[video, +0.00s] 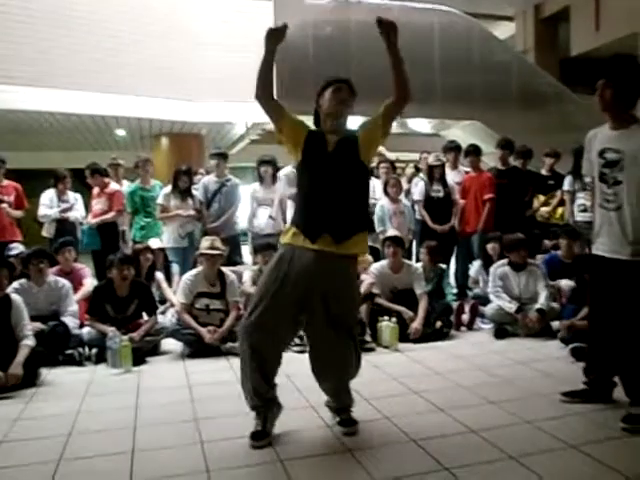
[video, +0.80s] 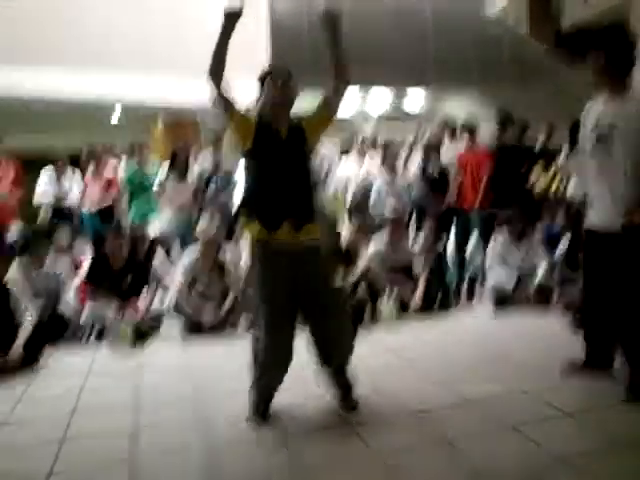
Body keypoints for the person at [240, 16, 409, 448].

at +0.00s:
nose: (341, 99)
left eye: (346, 96)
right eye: (334, 94)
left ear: (352, 108)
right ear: (318, 104)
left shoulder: (363, 142)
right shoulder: (301, 137)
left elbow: (401, 98)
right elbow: (265, 97)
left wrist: (392, 44)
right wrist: (270, 50)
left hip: (341, 260)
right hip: (295, 253)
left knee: (338, 343)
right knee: (256, 333)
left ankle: (341, 404)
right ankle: (264, 410)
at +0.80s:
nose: (281, 91)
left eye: (287, 85)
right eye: (274, 85)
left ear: (295, 94)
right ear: (261, 92)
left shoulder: (305, 132)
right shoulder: (248, 133)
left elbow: (339, 86)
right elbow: (216, 81)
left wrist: (333, 34)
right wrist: (227, 28)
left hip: (311, 246)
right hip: (269, 247)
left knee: (330, 321)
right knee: (274, 332)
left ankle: (342, 381)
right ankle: (260, 401)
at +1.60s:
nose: (264, 136)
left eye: (270, 132)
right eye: (257, 130)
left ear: (275, 140)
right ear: (240, 135)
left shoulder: (281, 179)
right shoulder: (220, 170)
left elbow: (324, 188)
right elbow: (187, 125)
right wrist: (213, 84)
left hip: (277, 288)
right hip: (234, 290)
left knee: (301, 363)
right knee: (244, 373)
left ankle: (299, 451)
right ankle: (255, 454)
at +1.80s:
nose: (270, 127)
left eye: (276, 125)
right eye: (262, 123)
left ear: (281, 138)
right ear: (245, 134)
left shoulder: (295, 168)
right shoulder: (229, 170)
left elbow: (336, 136)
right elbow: (191, 132)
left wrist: (333, 89)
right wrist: (209, 84)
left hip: (286, 293)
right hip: (239, 293)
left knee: (306, 374)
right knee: (242, 381)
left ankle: (324, 433)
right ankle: (255, 452)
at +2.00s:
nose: (287, 138)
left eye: (291, 135)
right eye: (279, 132)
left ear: (296, 144)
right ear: (260, 139)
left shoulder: (309, 171)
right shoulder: (242, 176)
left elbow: (349, 137)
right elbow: (206, 141)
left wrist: (343, 91)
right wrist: (224, 97)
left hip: (302, 294)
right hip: (256, 295)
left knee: (315, 372)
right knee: (250, 379)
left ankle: (329, 436)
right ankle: (256, 454)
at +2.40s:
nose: (315, 145)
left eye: (319, 141)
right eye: (307, 139)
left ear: (325, 147)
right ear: (290, 144)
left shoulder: (337, 176)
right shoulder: (273, 179)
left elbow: (375, 144)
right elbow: (238, 146)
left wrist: (371, 95)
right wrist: (255, 104)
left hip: (328, 297)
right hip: (280, 297)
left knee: (334, 375)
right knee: (259, 374)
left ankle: (330, 435)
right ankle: (255, 449)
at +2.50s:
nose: (320, 142)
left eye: (325, 138)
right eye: (313, 135)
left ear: (329, 145)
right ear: (295, 139)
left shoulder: (341, 172)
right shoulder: (276, 173)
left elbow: (380, 141)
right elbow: (244, 138)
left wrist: (377, 93)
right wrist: (262, 97)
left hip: (330, 291)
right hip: (283, 289)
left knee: (336, 371)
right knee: (262, 371)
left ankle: (330, 433)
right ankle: (255, 450)